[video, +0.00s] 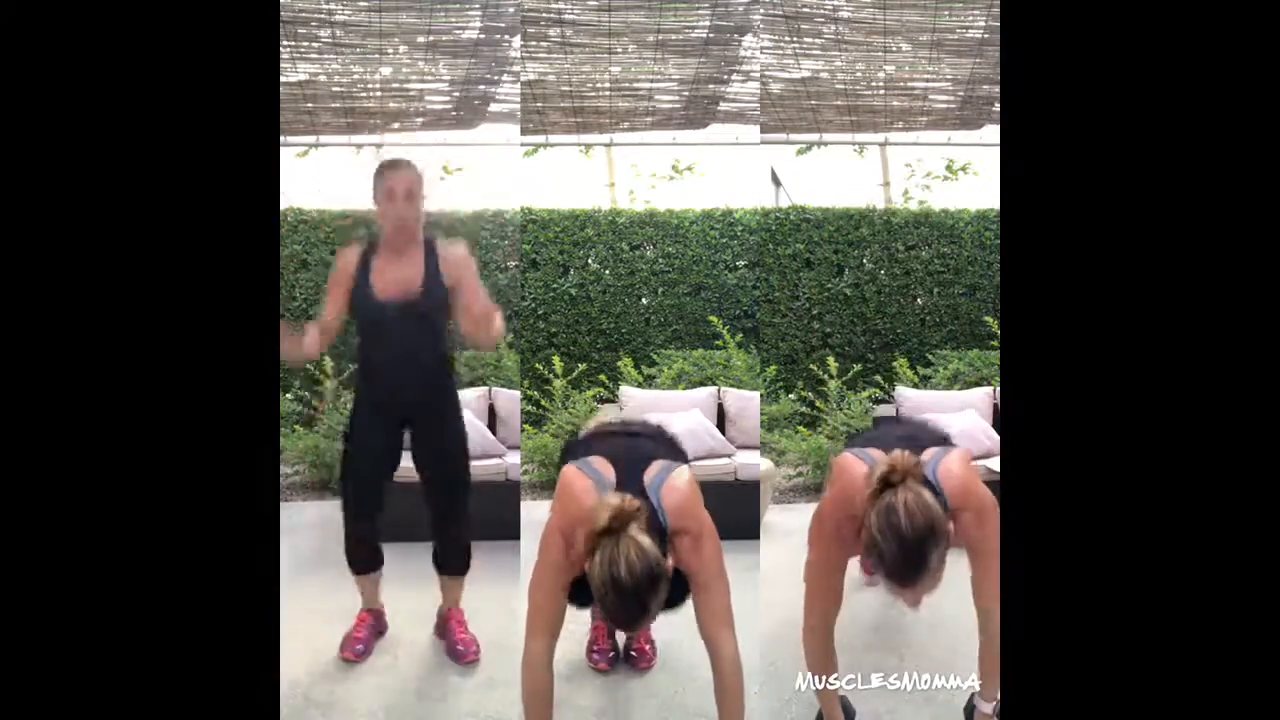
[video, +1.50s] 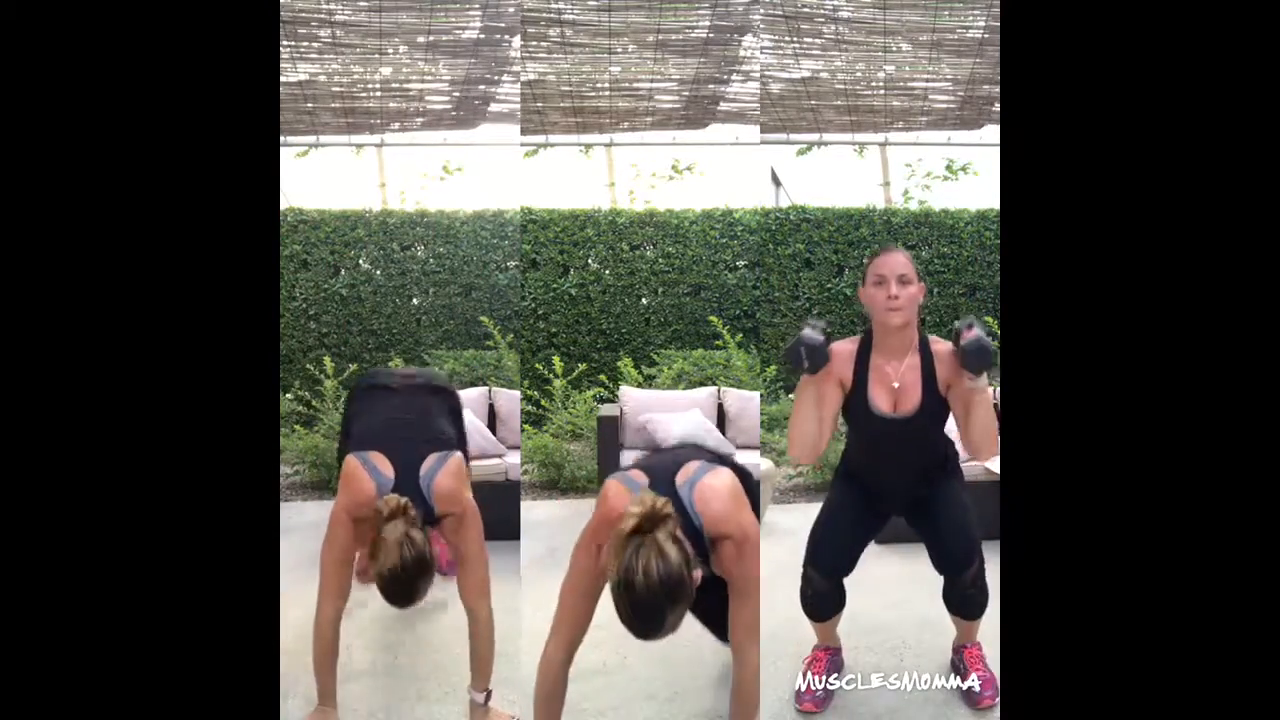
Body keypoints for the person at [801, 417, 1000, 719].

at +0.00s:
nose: (913, 604)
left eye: (925, 591)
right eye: (899, 593)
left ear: (949, 532)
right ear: (867, 547)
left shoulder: (969, 495)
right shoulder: (841, 501)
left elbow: (991, 611)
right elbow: (816, 625)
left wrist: (987, 703)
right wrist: (831, 711)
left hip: (942, 439)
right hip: (864, 445)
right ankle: (868, 562)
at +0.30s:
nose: (914, 611)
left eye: (923, 603)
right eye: (902, 606)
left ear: (948, 542)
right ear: (863, 537)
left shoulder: (963, 488)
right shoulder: (842, 496)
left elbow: (990, 609)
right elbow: (817, 622)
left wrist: (987, 703)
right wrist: (832, 712)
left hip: (933, 404)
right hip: (861, 408)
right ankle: (861, 552)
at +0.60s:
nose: (894, 565)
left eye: (904, 554)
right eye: (882, 555)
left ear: (928, 505)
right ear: (856, 510)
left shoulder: (949, 472)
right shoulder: (838, 470)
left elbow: (980, 597)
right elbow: (824, 604)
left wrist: (986, 701)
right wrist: (830, 706)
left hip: (932, 410)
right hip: (858, 414)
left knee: (967, 571)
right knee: (813, 571)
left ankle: (967, 641)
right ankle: (825, 660)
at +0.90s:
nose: (900, 433)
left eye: (912, 417)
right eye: (885, 418)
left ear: (931, 412)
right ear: (867, 418)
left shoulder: (957, 447)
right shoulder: (845, 447)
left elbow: (998, 535)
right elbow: (793, 561)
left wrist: (992, 623)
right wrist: (814, 660)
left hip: (933, 496)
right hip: (863, 498)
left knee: (959, 561)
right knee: (821, 563)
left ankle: (970, 650)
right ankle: (825, 657)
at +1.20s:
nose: (896, 311)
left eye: (907, 299)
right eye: (882, 299)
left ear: (924, 307)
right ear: (863, 309)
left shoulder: (951, 364)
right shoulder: (835, 364)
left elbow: (984, 432)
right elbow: (807, 428)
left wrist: (990, 452)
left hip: (928, 465)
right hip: (857, 465)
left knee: (959, 555)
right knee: (819, 560)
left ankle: (966, 647)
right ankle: (826, 650)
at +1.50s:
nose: (892, 290)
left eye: (904, 281)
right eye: (879, 282)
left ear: (920, 294)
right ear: (863, 296)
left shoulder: (947, 357)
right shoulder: (840, 357)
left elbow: (983, 449)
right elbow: (803, 452)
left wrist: (976, 379)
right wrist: (808, 376)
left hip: (934, 483)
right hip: (861, 483)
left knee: (967, 571)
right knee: (818, 576)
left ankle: (967, 650)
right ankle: (827, 652)